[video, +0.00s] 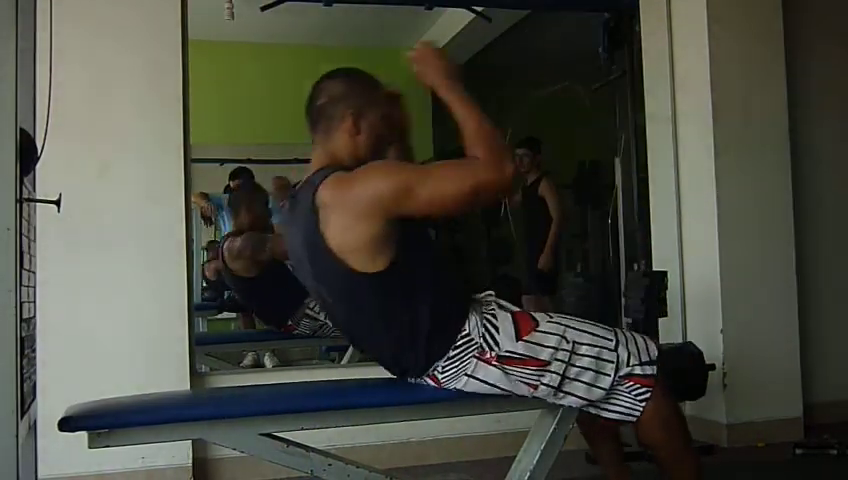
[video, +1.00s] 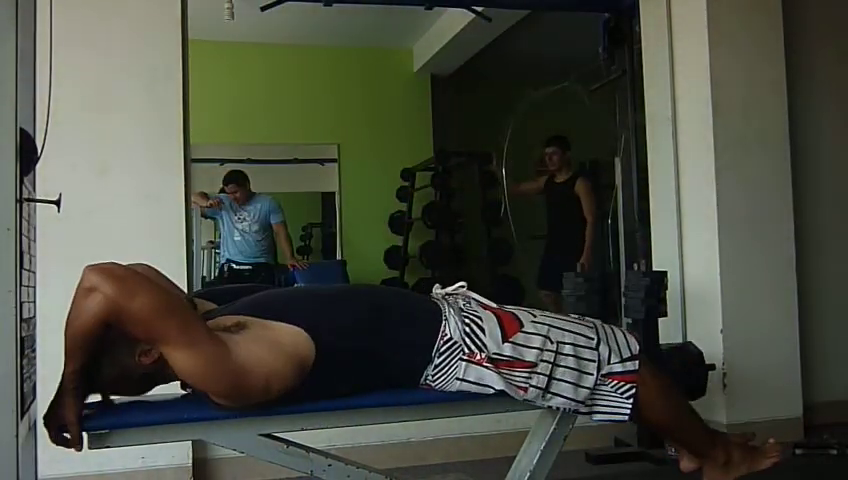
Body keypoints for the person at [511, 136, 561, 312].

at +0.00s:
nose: (519, 161)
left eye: (524, 156)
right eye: (517, 156)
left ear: (535, 158)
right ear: (514, 158)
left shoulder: (544, 184)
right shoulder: (526, 185)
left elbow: (557, 218)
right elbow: (511, 206)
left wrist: (547, 253)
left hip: (540, 250)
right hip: (527, 248)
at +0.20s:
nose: (527, 160)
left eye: (532, 155)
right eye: (525, 156)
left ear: (544, 157)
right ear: (524, 158)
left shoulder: (554, 184)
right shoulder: (533, 185)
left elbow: (567, 219)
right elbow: (510, 200)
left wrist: (564, 254)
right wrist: (500, 179)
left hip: (549, 251)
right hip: (533, 249)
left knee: (545, 301)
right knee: (535, 299)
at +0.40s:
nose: (537, 159)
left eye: (542, 154)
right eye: (535, 154)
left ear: (554, 156)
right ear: (533, 157)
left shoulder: (565, 184)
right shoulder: (537, 185)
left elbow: (575, 221)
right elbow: (512, 201)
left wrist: (569, 257)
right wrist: (502, 179)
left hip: (557, 249)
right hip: (539, 247)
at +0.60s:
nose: (545, 158)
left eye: (550, 154)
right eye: (543, 154)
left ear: (562, 155)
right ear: (541, 156)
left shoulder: (574, 183)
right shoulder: (544, 183)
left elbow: (585, 222)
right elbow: (517, 192)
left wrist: (576, 257)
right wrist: (499, 176)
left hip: (568, 250)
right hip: (548, 248)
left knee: (566, 298)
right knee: (544, 293)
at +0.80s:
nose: (549, 159)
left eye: (553, 154)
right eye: (547, 155)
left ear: (565, 155)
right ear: (544, 157)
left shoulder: (579, 183)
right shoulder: (548, 182)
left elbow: (590, 221)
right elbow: (516, 190)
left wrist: (584, 255)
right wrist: (498, 173)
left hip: (573, 247)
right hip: (553, 245)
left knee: (570, 294)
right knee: (545, 293)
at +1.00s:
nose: (549, 159)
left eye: (553, 154)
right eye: (547, 155)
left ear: (565, 155)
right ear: (544, 157)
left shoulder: (579, 183)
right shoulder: (547, 182)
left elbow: (591, 220)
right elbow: (517, 188)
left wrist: (586, 255)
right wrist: (499, 174)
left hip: (574, 247)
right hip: (553, 246)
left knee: (571, 293)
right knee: (547, 292)